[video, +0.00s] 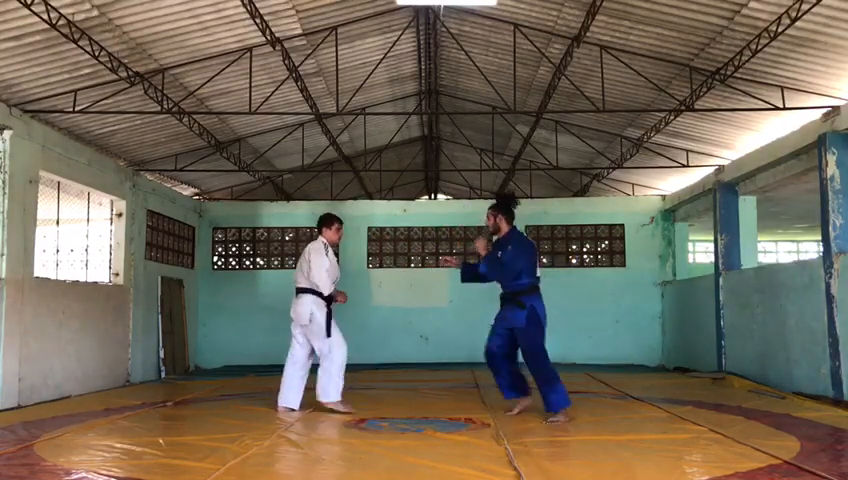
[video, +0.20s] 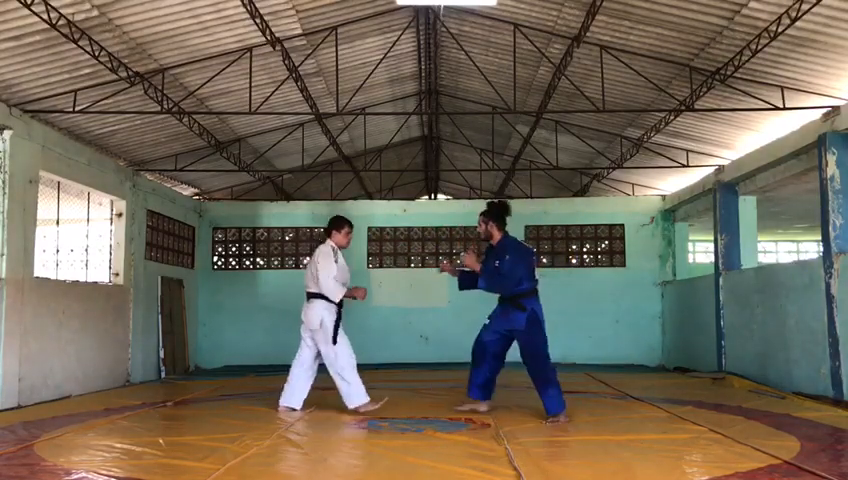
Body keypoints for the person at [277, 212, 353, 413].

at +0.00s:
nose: (340, 235)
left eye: (341, 230)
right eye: (337, 230)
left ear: (325, 231)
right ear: (326, 230)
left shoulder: (317, 249)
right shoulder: (317, 248)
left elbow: (316, 282)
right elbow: (320, 278)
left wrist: (334, 295)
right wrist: (335, 294)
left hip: (302, 303)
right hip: (312, 304)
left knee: (299, 355)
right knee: (336, 348)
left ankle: (286, 404)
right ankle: (330, 397)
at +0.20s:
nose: (349, 238)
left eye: (350, 234)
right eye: (347, 234)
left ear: (335, 234)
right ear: (334, 233)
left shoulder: (326, 251)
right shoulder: (326, 252)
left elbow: (327, 283)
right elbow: (327, 284)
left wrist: (349, 292)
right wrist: (350, 292)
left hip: (313, 307)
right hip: (322, 309)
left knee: (306, 357)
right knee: (342, 356)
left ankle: (288, 403)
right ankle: (359, 401)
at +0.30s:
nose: (357, 241)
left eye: (358, 237)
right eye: (354, 237)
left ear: (346, 238)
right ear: (342, 236)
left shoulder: (345, 259)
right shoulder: (331, 257)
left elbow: (348, 289)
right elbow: (334, 292)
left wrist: (367, 297)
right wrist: (360, 295)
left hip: (324, 312)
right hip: (330, 314)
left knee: (316, 360)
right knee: (352, 360)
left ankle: (291, 402)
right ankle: (364, 406)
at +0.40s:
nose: (366, 246)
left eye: (366, 242)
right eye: (362, 242)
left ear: (360, 242)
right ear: (350, 241)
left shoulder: (359, 265)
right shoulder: (334, 264)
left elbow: (373, 291)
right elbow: (337, 297)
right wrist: (362, 302)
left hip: (333, 317)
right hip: (336, 318)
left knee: (327, 361)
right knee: (363, 358)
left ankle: (293, 400)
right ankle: (368, 408)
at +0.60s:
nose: (372, 244)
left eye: (372, 240)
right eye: (368, 239)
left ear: (359, 241)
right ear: (355, 240)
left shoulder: (367, 259)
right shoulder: (345, 264)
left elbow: (384, 273)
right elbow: (358, 292)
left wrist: (400, 274)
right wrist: (383, 300)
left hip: (354, 314)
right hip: (343, 315)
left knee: (356, 358)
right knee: (370, 356)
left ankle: (314, 379)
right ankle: (370, 408)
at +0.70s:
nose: (369, 240)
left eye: (369, 236)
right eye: (365, 236)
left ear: (354, 239)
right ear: (353, 239)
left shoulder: (351, 253)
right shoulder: (352, 259)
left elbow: (374, 255)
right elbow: (378, 272)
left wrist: (388, 259)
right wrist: (403, 272)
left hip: (342, 313)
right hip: (349, 315)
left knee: (363, 354)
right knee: (374, 357)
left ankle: (345, 385)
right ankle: (370, 407)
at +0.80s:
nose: (365, 241)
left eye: (365, 237)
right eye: (363, 237)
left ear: (348, 237)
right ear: (354, 238)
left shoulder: (340, 251)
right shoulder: (357, 253)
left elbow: (370, 250)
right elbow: (390, 252)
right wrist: (408, 250)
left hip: (341, 310)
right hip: (355, 312)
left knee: (362, 357)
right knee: (375, 355)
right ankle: (371, 405)